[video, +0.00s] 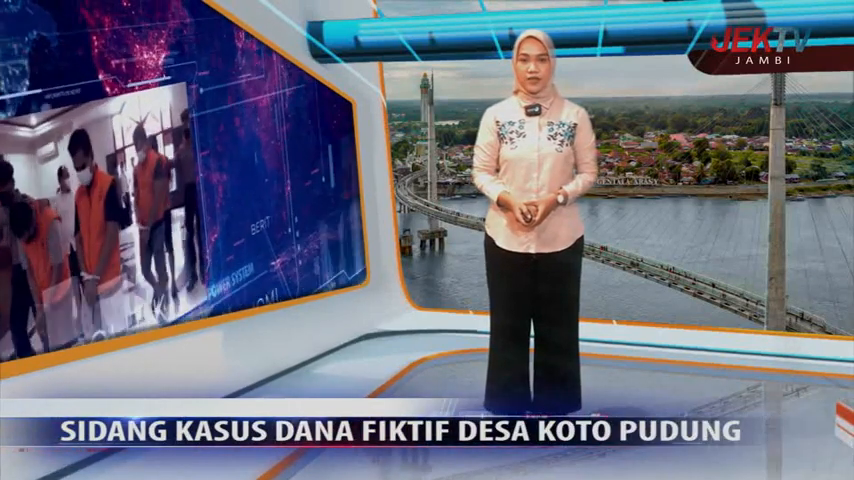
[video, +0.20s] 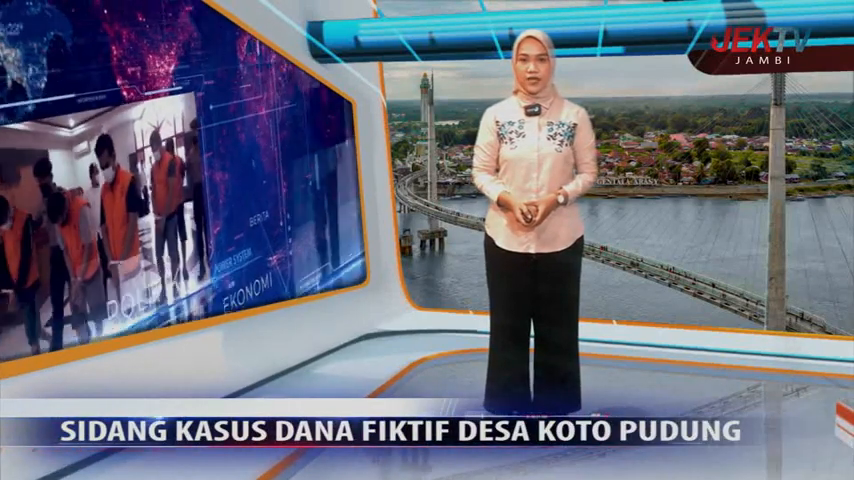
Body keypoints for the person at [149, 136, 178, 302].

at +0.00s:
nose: (138, 147)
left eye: (140, 143)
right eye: (136, 143)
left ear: (147, 142)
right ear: (136, 144)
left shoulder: (159, 161)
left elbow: (160, 193)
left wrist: (151, 219)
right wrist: (138, 216)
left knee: (159, 262)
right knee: (145, 267)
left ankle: (166, 291)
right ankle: (157, 289)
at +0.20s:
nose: (154, 150)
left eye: (156, 146)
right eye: (152, 147)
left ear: (161, 144)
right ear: (150, 148)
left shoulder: (173, 162)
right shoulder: (154, 167)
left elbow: (174, 189)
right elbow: (154, 189)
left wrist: (168, 211)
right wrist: (155, 210)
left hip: (172, 212)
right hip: (159, 213)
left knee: (173, 250)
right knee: (158, 252)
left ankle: (176, 285)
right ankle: (163, 286)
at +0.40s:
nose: (164, 150)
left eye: (165, 147)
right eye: (162, 147)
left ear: (170, 147)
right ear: (160, 149)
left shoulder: (180, 163)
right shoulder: (164, 168)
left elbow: (183, 188)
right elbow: (163, 188)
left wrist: (177, 206)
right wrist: (165, 205)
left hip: (180, 206)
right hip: (168, 207)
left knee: (180, 237)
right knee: (167, 240)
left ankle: (183, 263)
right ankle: (167, 273)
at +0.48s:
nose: (167, 154)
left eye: (168, 150)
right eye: (165, 151)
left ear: (172, 149)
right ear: (164, 152)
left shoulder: (181, 164)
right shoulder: (166, 168)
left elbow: (184, 185)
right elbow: (165, 187)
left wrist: (181, 203)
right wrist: (167, 203)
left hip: (182, 205)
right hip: (171, 206)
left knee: (183, 237)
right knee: (171, 239)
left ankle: (187, 264)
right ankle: (171, 270)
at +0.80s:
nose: (175, 149)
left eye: (177, 147)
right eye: (174, 147)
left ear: (180, 148)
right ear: (173, 148)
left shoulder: (186, 161)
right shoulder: (173, 162)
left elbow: (189, 177)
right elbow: (172, 179)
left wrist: (189, 189)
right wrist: (174, 190)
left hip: (186, 195)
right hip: (177, 196)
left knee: (186, 223)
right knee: (180, 223)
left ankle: (191, 247)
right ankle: (184, 249)